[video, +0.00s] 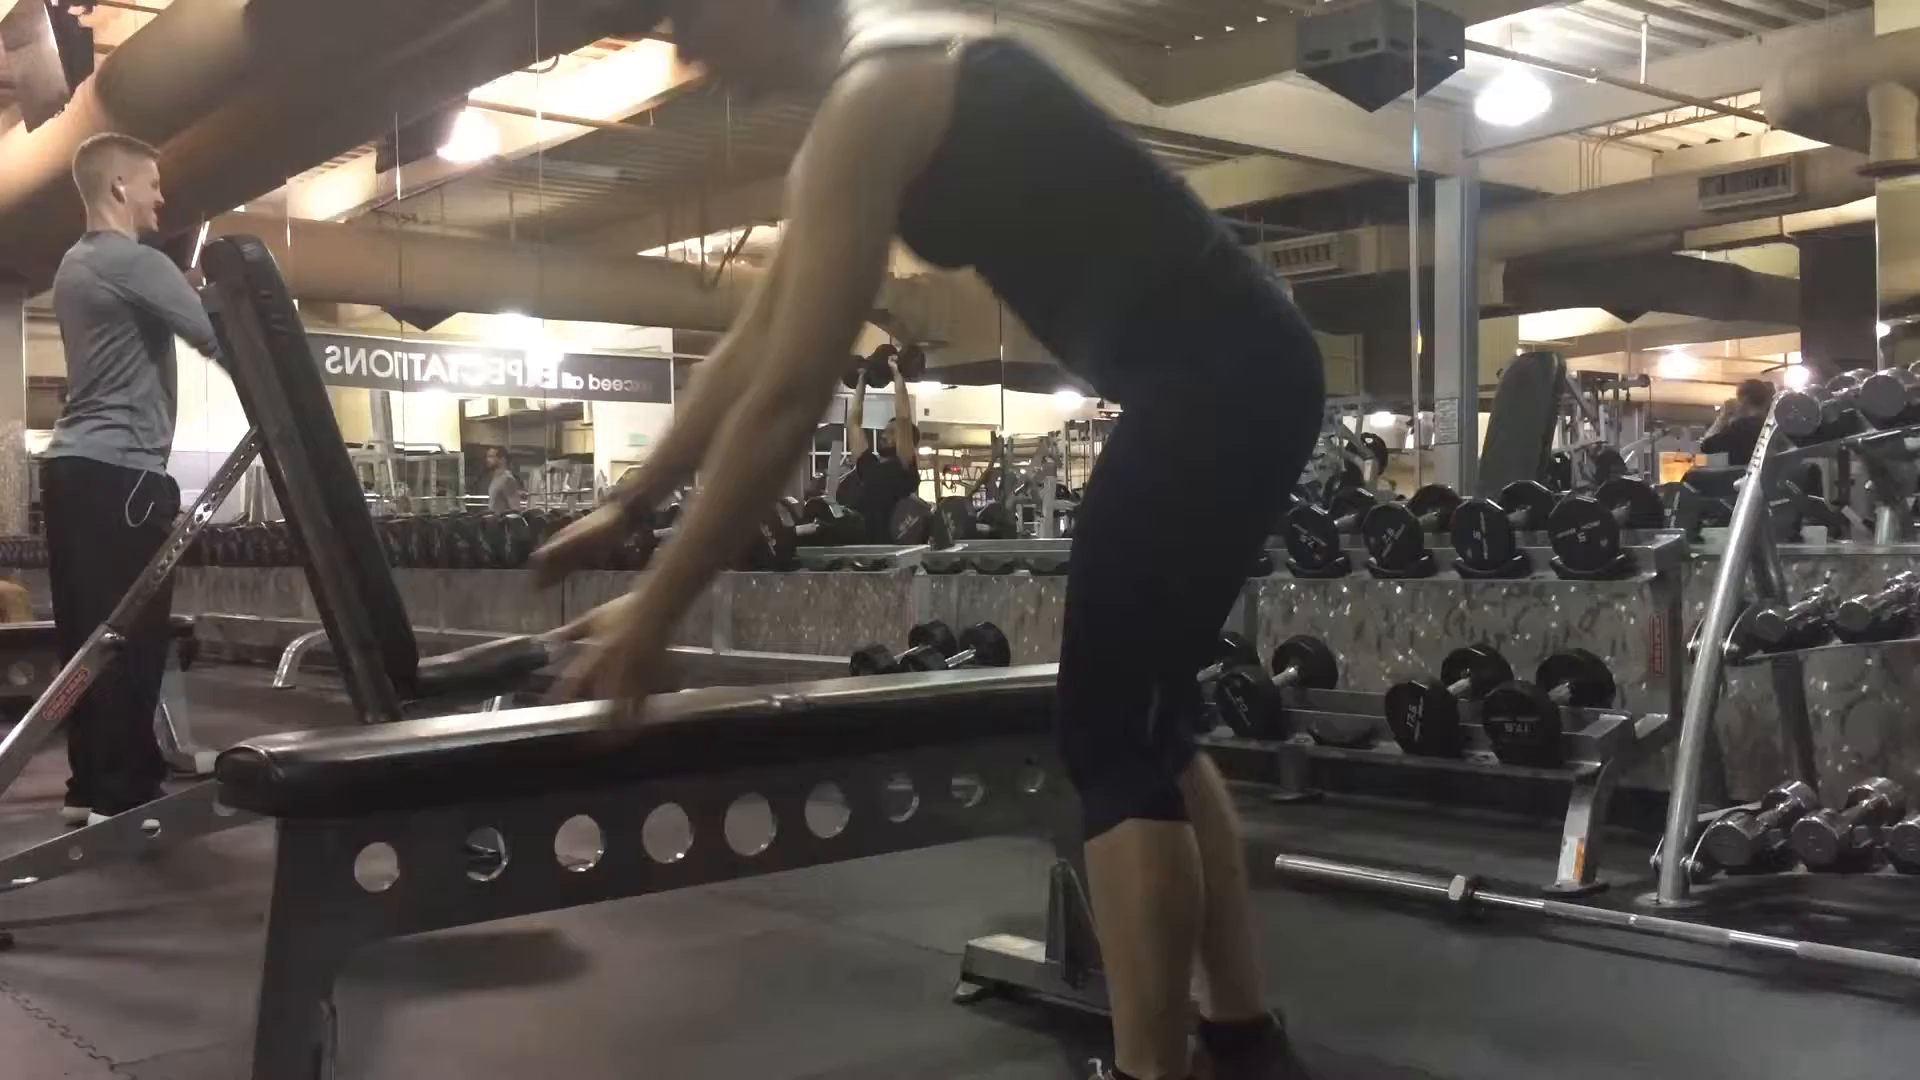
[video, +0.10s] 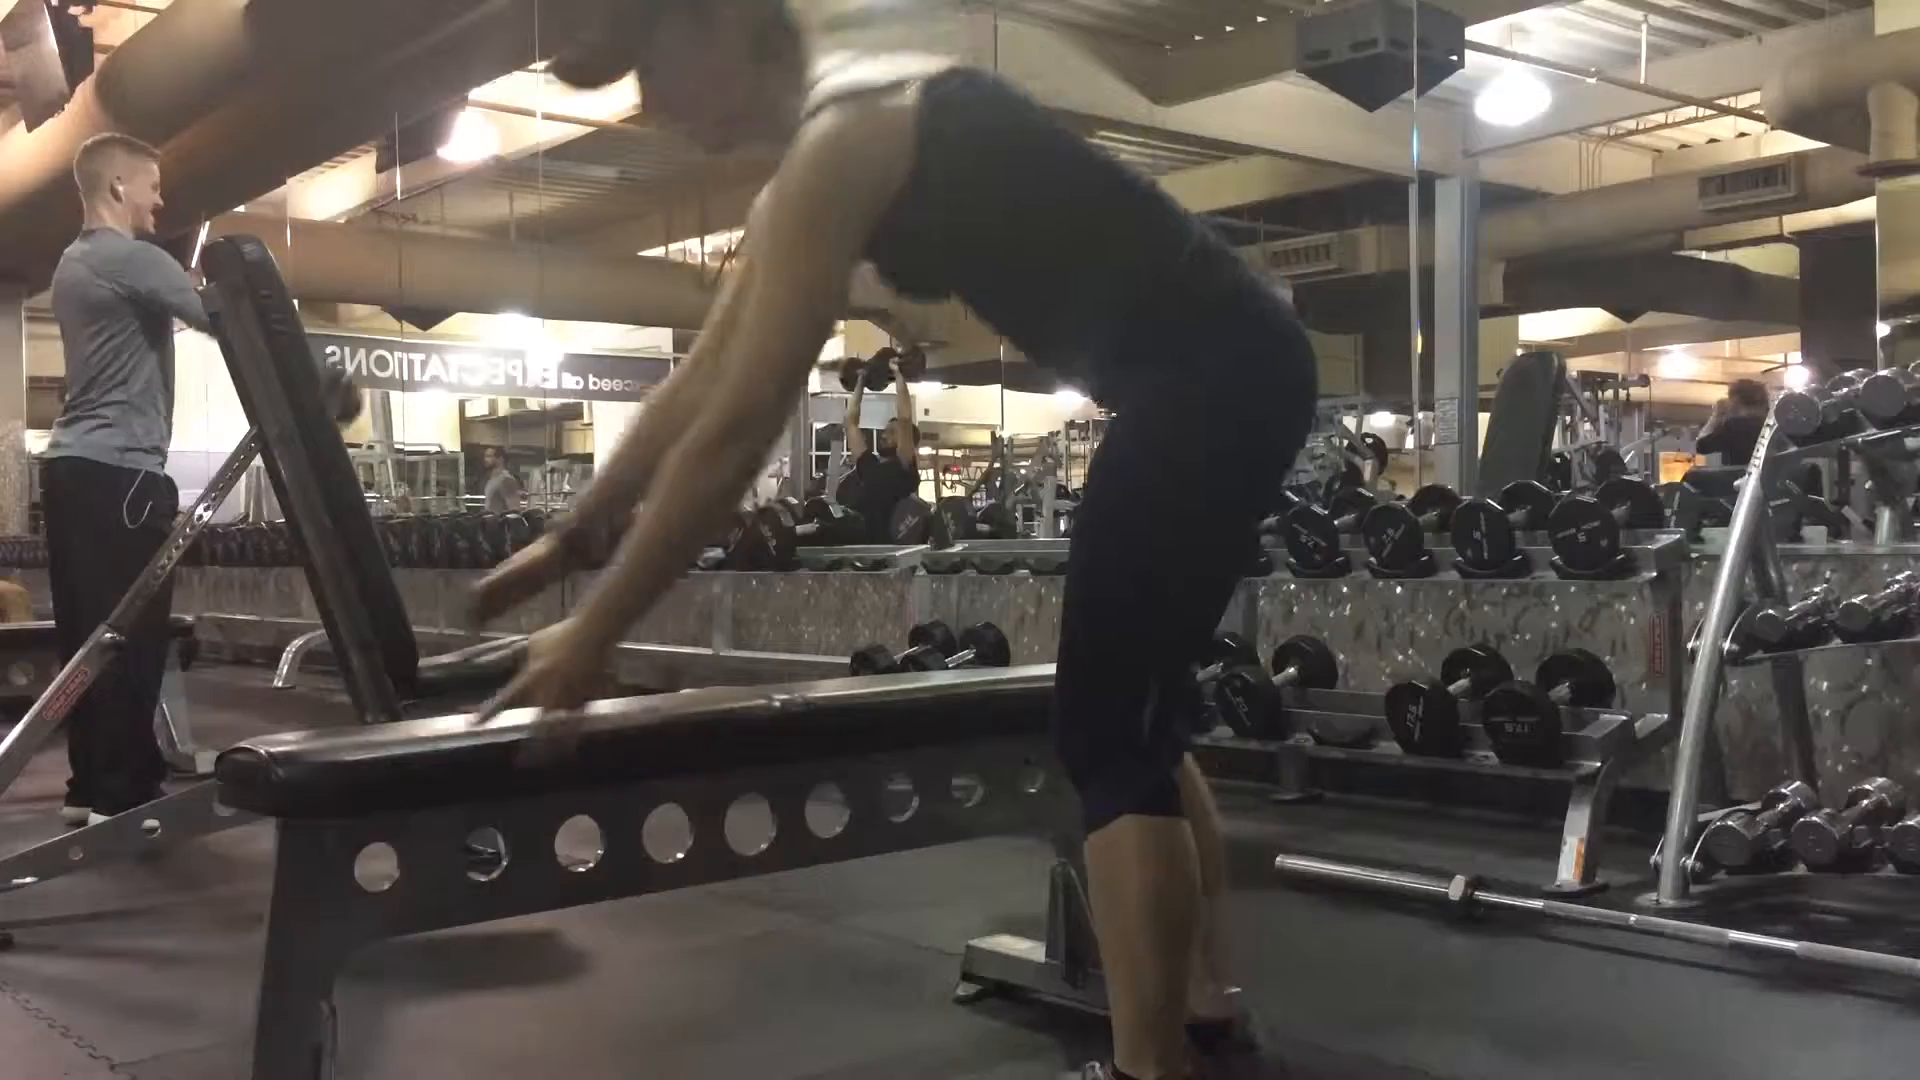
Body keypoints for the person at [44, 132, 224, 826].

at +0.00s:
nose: (160, 198)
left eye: (158, 186)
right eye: (152, 185)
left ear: (103, 193)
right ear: (119, 188)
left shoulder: (76, 264)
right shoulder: (134, 259)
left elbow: (150, 333)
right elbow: (220, 339)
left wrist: (187, 279)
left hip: (71, 468)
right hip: (123, 473)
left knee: (86, 634)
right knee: (133, 634)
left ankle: (91, 786)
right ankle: (127, 794)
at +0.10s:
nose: (158, 200)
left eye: (157, 188)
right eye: (151, 187)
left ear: (102, 192)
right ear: (117, 188)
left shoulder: (74, 264)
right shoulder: (131, 256)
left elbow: (146, 323)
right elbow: (220, 317)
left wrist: (186, 273)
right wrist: (226, 275)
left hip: (73, 468)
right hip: (120, 473)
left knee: (88, 635)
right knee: (132, 635)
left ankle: (92, 787)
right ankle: (126, 794)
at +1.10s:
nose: (168, 199)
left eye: (166, 187)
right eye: (161, 186)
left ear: (107, 194)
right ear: (134, 189)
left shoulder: (67, 272)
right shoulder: (146, 266)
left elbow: (83, 375)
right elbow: (199, 370)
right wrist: (242, 449)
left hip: (71, 468)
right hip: (130, 472)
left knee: (85, 629)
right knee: (142, 629)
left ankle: (90, 784)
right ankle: (126, 791)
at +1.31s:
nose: (168, 201)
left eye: (165, 188)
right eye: (162, 189)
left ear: (104, 195)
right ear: (136, 191)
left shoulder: (75, 269)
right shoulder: (141, 268)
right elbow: (164, 383)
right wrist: (186, 473)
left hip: (70, 468)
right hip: (122, 471)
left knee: (84, 629)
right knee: (132, 631)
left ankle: (89, 786)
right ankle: (123, 791)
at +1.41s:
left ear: (95, 196)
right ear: (150, 203)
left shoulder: (76, 266)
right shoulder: (130, 271)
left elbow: (91, 385)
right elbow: (156, 386)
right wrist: (179, 479)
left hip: (69, 465)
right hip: (120, 469)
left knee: (81, 629)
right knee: (132, 629)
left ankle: (87, 784)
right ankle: (123, 789)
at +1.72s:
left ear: (106, 228)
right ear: (143, 233)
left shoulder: (84, 279)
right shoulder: (130, 280)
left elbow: (85, 388)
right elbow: (144, 389)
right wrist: (160, 483)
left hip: (70, 462)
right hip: (108, 467)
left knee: (84, 631)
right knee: (123, 631)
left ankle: (89, 786)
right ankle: (120, 793)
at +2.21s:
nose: (150, 204)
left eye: (149, 192)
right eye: (144, 191)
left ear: (92, 194)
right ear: (115, 189)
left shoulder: (66, 261)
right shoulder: (118, 266)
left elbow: (179, 288)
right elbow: (132, 382)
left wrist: (247, 260)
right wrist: (158, 471)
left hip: (68, 470)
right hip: (109, 471)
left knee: (87, 630)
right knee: (126, 630)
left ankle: (92, 782)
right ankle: (119, 790)